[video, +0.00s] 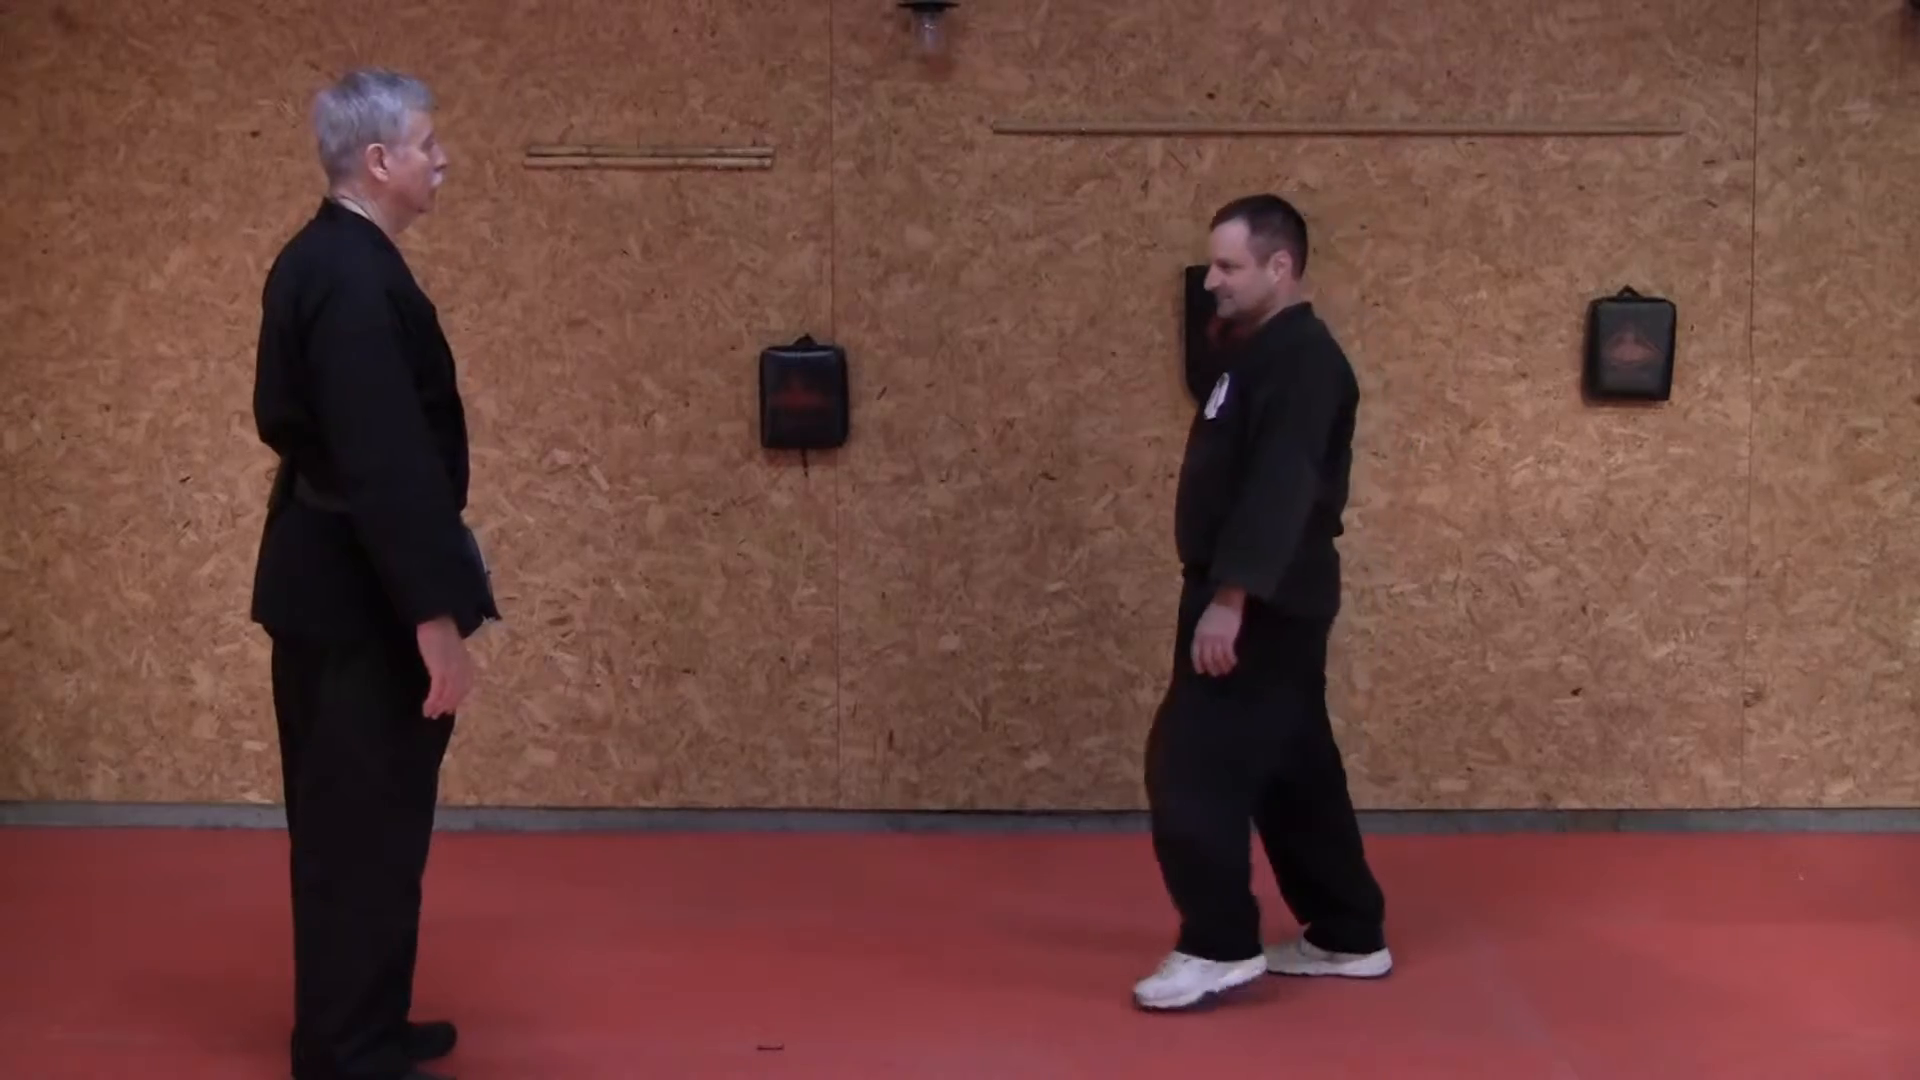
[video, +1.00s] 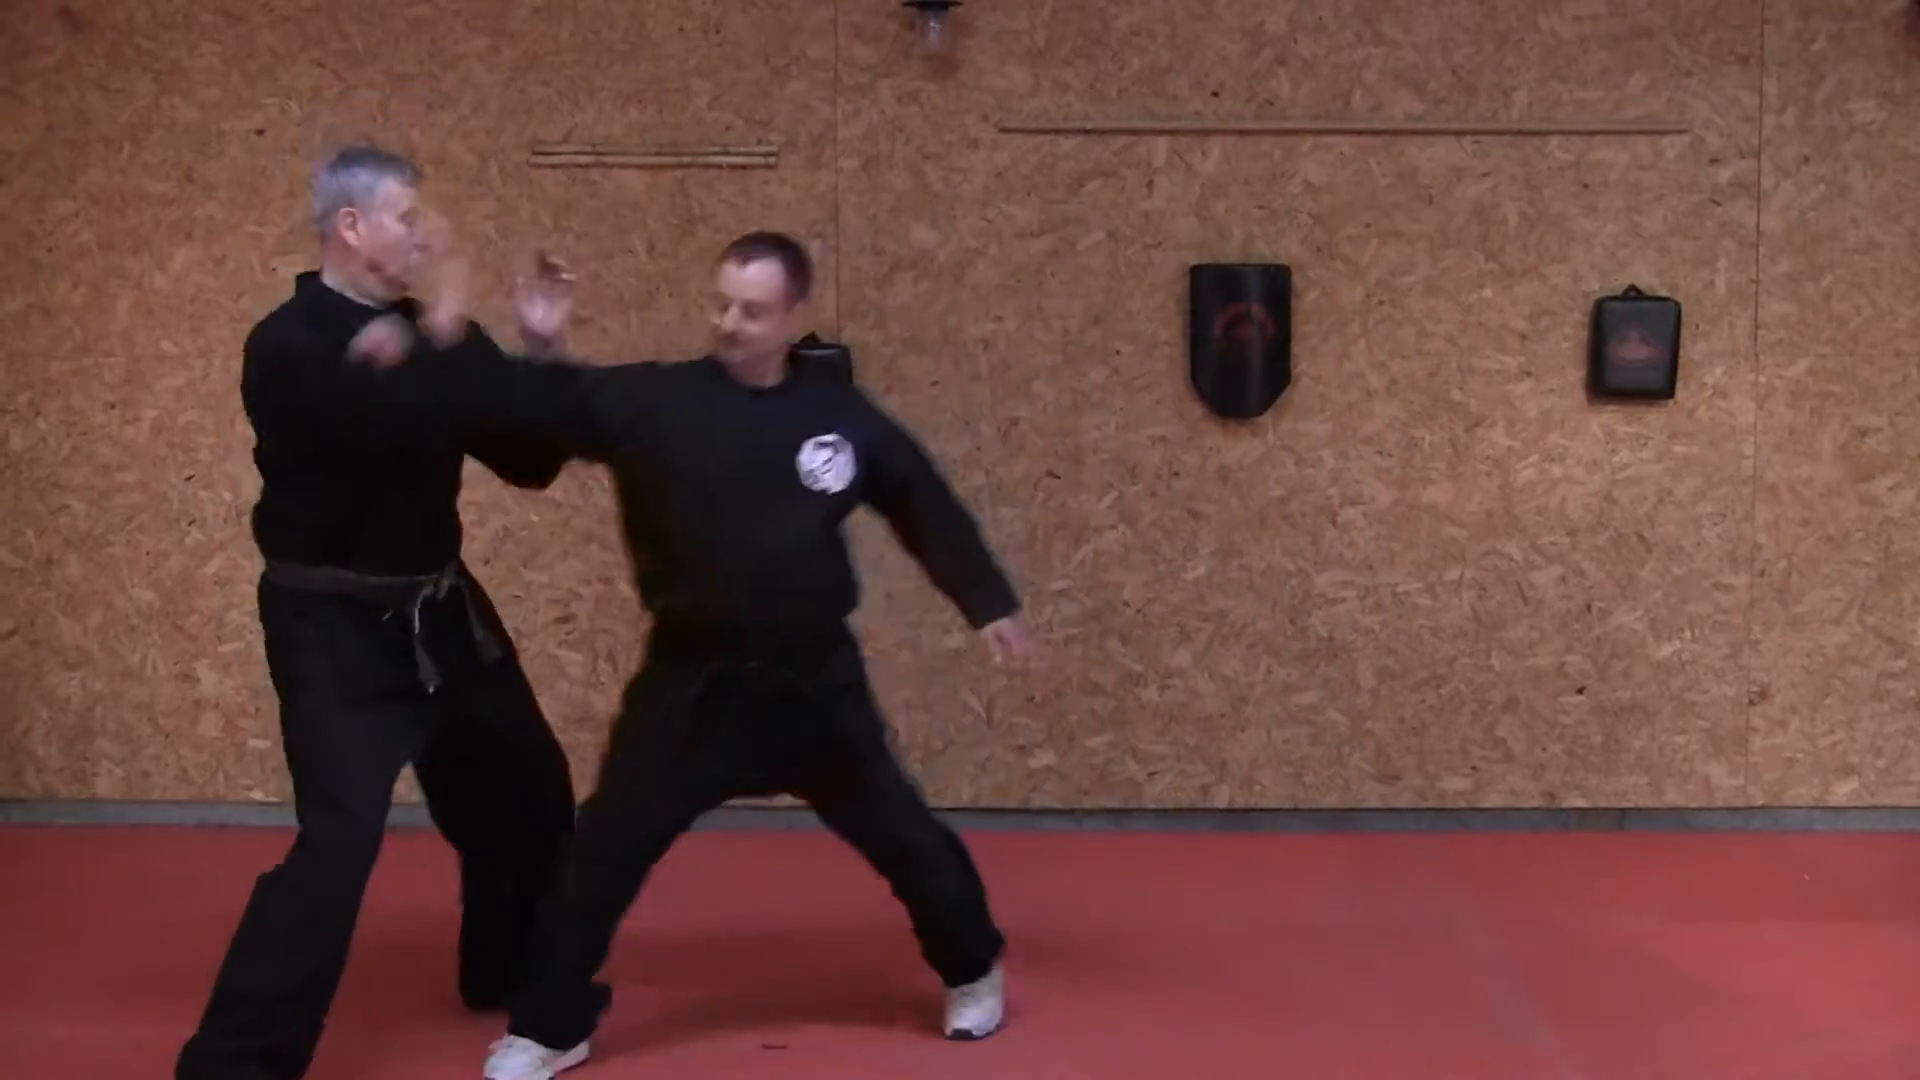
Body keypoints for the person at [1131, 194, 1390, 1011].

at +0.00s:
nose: (1213, 284)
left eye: (1226, 269)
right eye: (1212, 270)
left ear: (1278, 266)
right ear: (1270, 269)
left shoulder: (1302, 354)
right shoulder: (1263, 349)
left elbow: (1281, 489)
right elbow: (1205, 383)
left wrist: (1230, 596)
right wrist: (1206, 307)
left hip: (1261, 602)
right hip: (1263, 600)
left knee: (1189, 764)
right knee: (1294, 765)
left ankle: (1220, 945)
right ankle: (1349, 935)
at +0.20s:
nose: (1166, 289)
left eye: (1180, 274)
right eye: (1163, 273)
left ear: (1234, 272)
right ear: (1219, 274)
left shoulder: (1253, 362)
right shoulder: (1215, 355)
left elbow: (1234, 496)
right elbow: (1201, 479)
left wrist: (1178, 598)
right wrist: (1135, 513)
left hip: (1222, 608)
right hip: (1216, 605)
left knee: (1148, 782)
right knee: (1278, 774)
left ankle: (1080, 957)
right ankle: (1346, 935)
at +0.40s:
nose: (1084, 293)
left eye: (1099, 278)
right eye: (1084, 277)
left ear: (1156, 281)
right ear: (1139, 283)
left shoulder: (1174, 369)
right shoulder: (1135, 366)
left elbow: (1165, 499)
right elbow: (1101, 442)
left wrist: (1110, 603)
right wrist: (1023, 411)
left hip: (1146, 627)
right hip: (1146, 627)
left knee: (1060, 782)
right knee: (1231, 777)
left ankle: (1026, 973)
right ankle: (1329, 913)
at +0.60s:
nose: (981, 281)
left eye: (999, 268)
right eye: (980, 267)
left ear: (1057, 273)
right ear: (1004, 274)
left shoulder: (1092, 385)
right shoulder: (984, 371)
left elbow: (1100, 515)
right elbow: (920, 416)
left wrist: (1068, 623)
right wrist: (873, 371)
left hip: (1040, 629)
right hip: (981, 623)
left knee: (996, 802)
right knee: (1007, 789)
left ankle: (1016, 981)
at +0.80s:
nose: (862, 278)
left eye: (882, 265)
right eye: (861, 263)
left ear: (942, 272)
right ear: (864, 268)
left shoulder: (996, 386)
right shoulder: (826, 370)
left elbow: (1054, 508)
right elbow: (720, 399)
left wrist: (1057, 620)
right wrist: (674, 371)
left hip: (958, 642)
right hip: (849, 637)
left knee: (984, 821)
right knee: (785, 799)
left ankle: (1015, 983)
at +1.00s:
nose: (731, 323)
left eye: (754, 309)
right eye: (723, 305)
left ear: (798, 316)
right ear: (709, 305)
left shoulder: (837, 414)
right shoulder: (648, 399)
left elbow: (921, 502)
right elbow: (521, 393)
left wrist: (988, 600)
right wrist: (419, 353)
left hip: (812, 680)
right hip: (688, 680)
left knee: (901, 834)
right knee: (607, 845)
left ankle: (972, 970)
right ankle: (548, 1025)